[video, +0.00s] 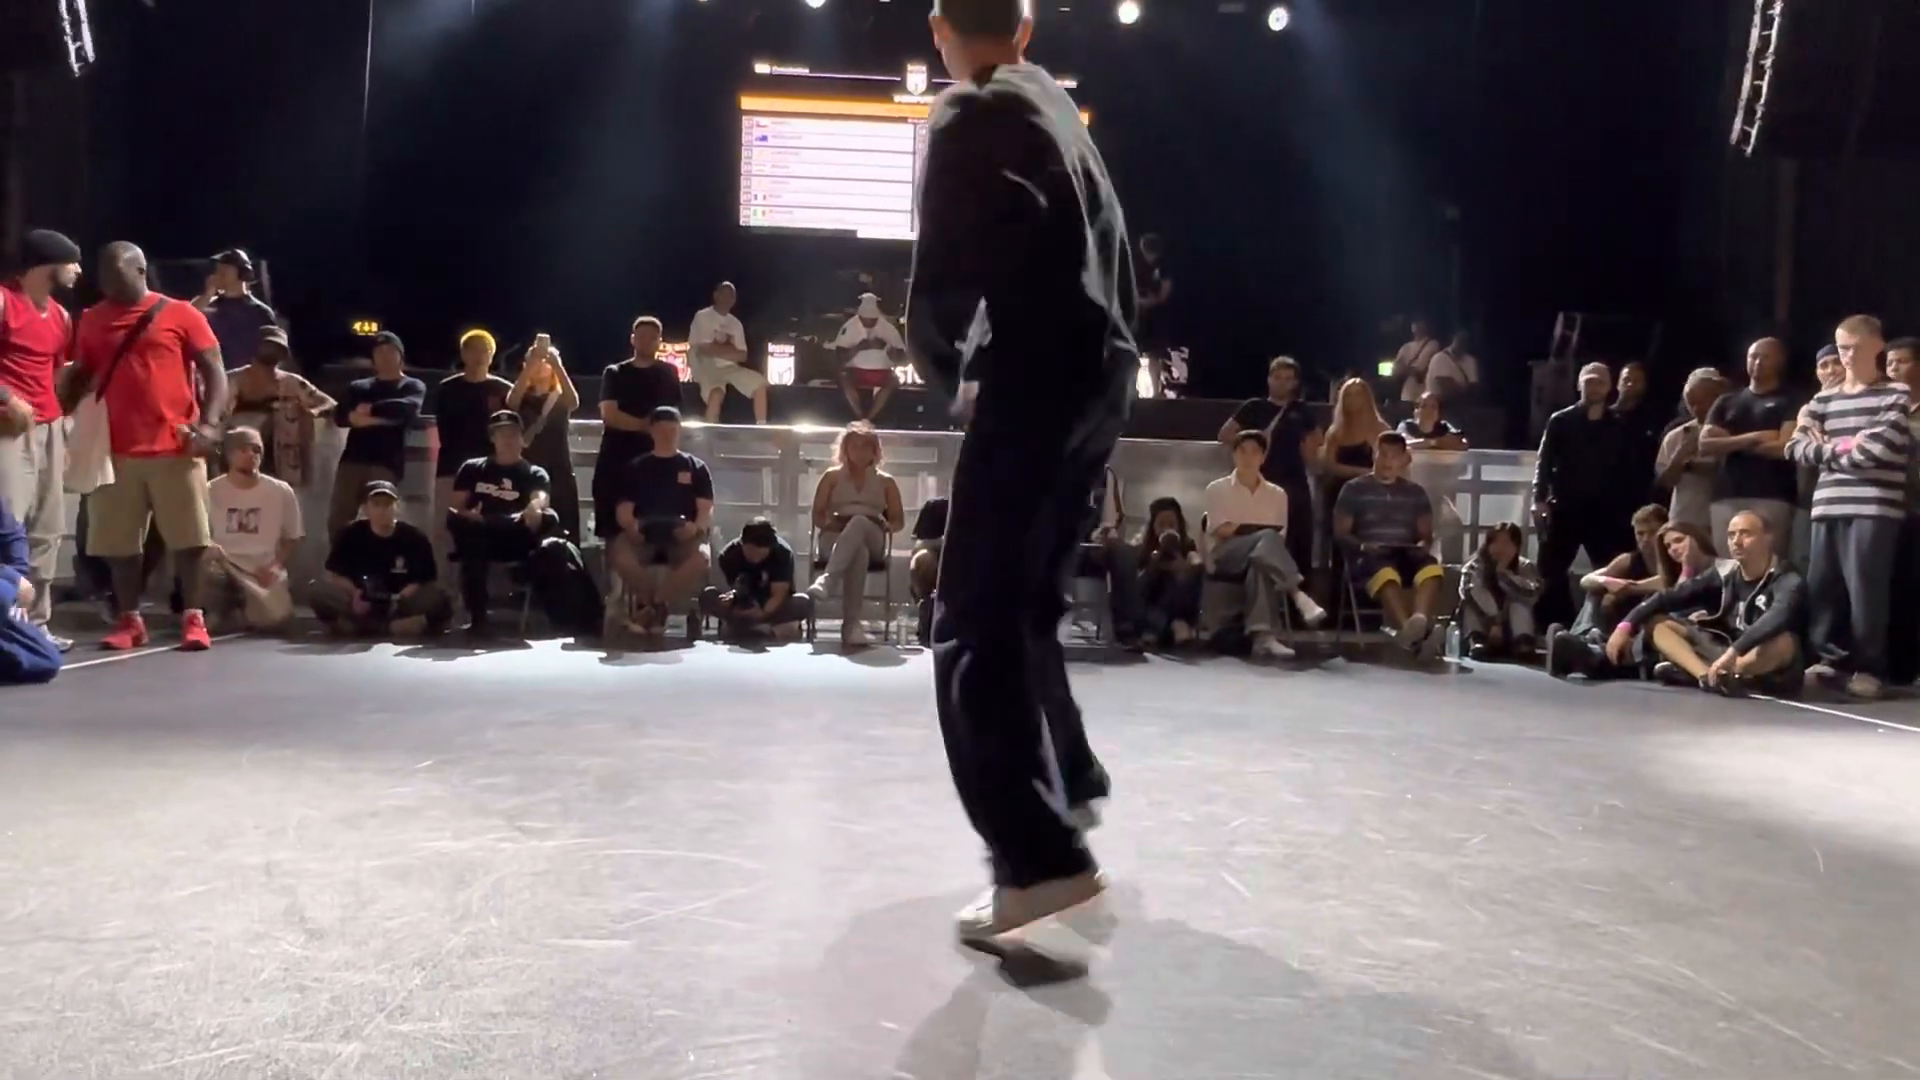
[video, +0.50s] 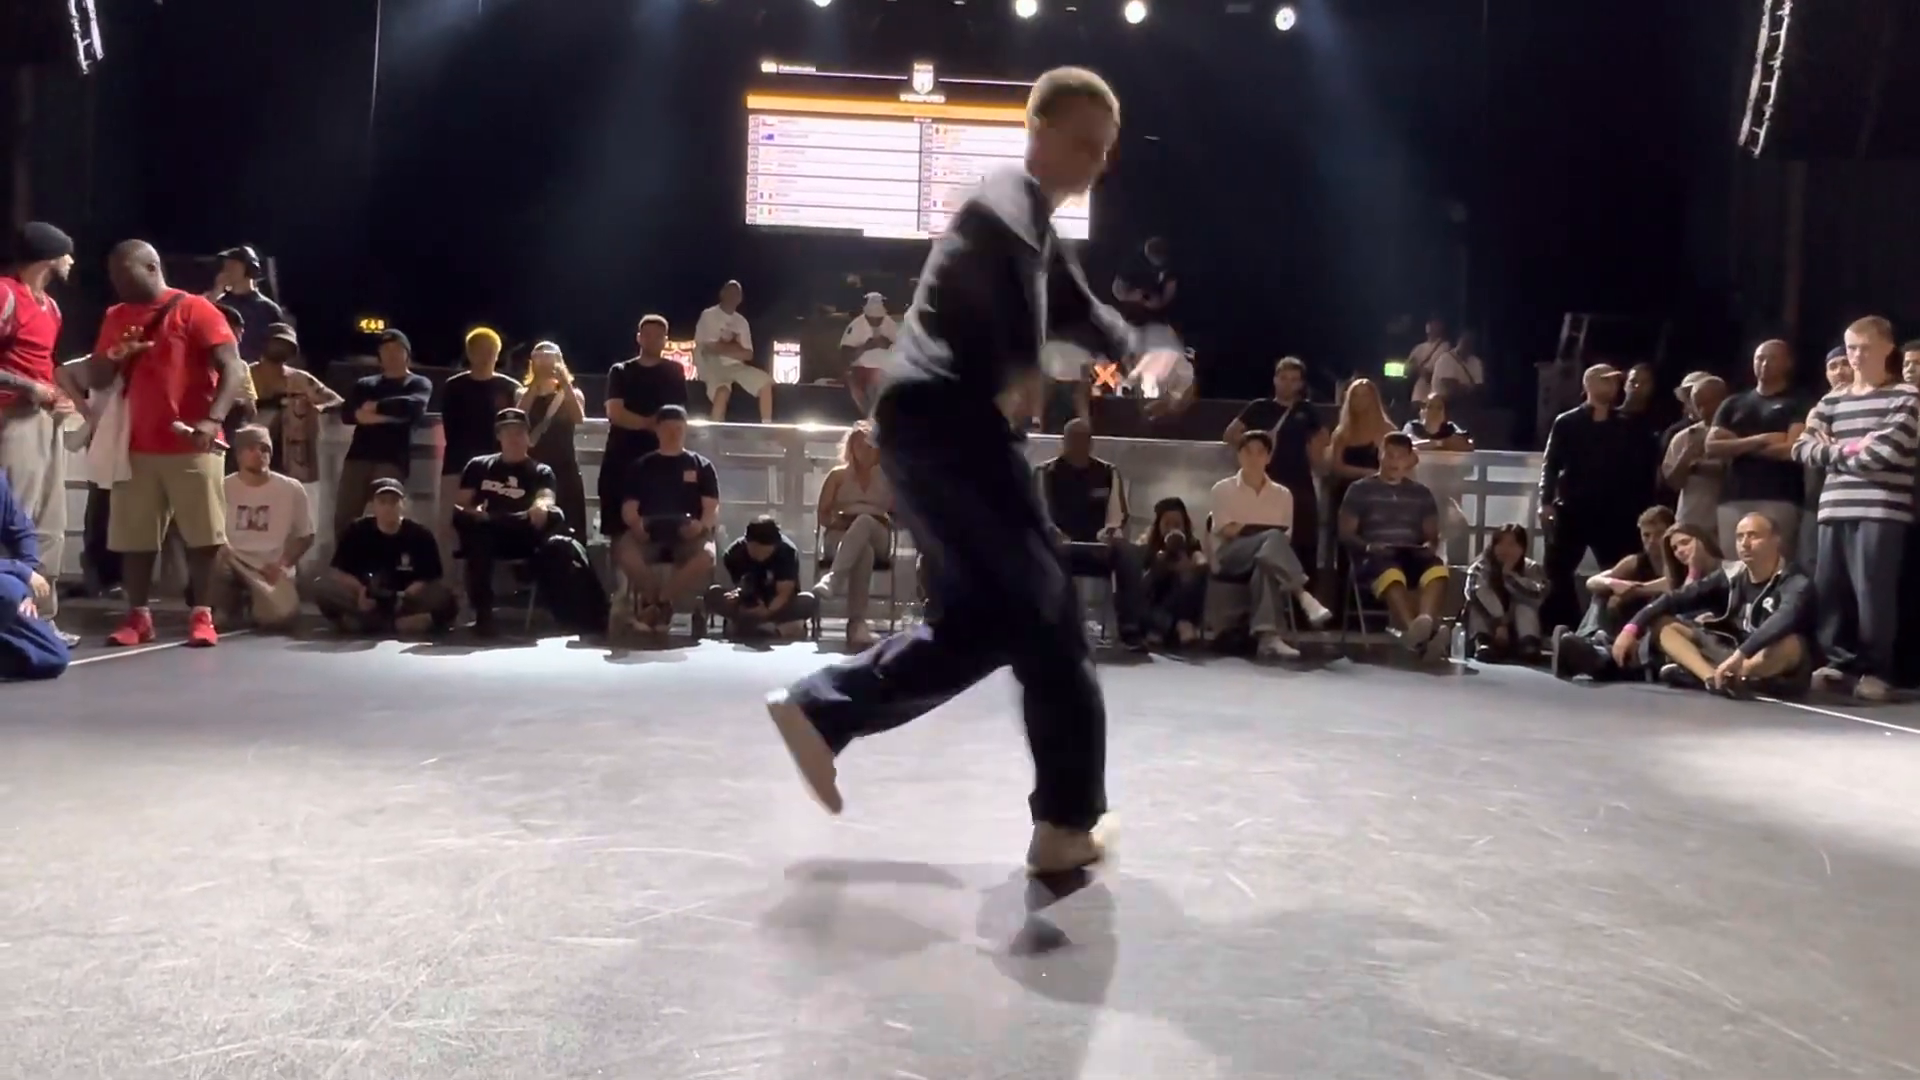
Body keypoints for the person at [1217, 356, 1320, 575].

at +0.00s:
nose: (1282, 383)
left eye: (1288, 379)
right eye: (1277, 378)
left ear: (1296, 383)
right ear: (1269, 380)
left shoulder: (1302, 411)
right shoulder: (1254, 407)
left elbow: (1313, 449)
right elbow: (1225, 434)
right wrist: (1253, 452)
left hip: (1293, 484)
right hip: (1259, 482)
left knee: (1298, 543)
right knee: (1259, 538)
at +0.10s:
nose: (1283, 383)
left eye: (1289, 379)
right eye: (1278, 378)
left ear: (1297, 384)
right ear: (1270, 380)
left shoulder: (1304, 412)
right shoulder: (1256, 407)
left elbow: (1315, 447)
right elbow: (1226, 434)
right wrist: (1254, 452)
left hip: (1294, 484)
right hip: (1260, 482)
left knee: (1299, 542)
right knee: (1260, 538)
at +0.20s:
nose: (1284, 383)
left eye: (1290, 379)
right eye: (1279, 378)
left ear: (1298, 384)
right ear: (1271, 380)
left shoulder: (1304, 412)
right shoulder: (1257, 407)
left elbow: (1317, 443)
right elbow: (1227, 434)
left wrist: (1308, 464)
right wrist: (1255, 451)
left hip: (1295, 485)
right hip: (1261, 483)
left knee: (1300, 543)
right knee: (1261, 539)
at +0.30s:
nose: (1286, 383)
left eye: (1292, 379)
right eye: (1281, 378)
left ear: (1299, 385)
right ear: (1272, 381)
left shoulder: (1306, 412)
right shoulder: (1258, 408)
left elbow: (1320, 442)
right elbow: (1228, 435)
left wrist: (1309, 462)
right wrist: (1258, 446)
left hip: (1297, 485)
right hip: (1263, 484)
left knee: (1302, 541)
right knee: (1265, 536)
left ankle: (1300, 595)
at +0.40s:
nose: (1286, 384)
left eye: (1292, 379)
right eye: (1281, 378)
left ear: (1300, 384)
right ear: (1274, 381)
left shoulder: (1306, 411)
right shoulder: (1258, 408)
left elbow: (1319, 444)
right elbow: (1229, 434)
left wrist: (1314, 468)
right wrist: (1255, 453)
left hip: (1298, 485)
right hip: (1263, 484)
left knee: (1304, 543)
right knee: (1262, 538)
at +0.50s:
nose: (1287, 383)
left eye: (1293, 379)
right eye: (1283, 378)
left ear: (1301, 384)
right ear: (1275, 380)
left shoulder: (1307, 411)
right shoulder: (1259, 407)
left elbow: (1322, 441)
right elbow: (1230, 433)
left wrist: (1311, 461)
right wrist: (1256, 452)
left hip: (1299, 484)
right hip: (1265, 484)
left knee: (1303, 544)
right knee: (1268, 538)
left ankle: (1301, 598)